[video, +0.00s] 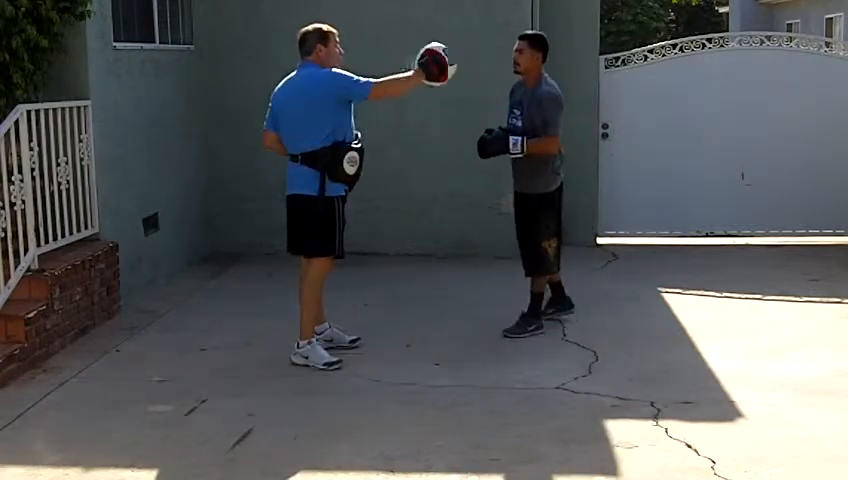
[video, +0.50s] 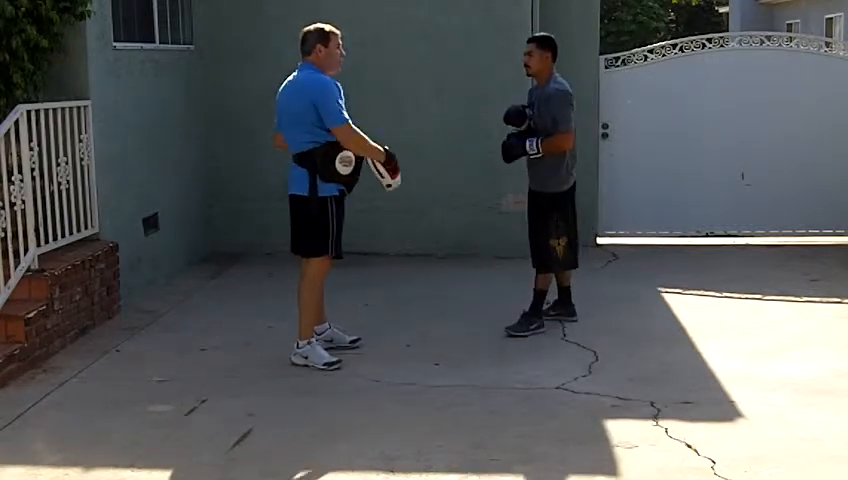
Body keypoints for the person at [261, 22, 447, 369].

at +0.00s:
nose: (341, 51)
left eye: (339, 45)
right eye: (337, 45)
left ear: (311, 52)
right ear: (320, 50)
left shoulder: (283, 88)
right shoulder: (331, 80)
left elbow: (271, 140)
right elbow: (380, 89)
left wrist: (308, 155)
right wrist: (422, 74)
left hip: (300, 188)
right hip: (323, 189)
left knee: (314, 260)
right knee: (321, 261)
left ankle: (318, 329)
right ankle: (305, 345)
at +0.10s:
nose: (341, 53)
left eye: (340, 47)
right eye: (337, 47)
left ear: (309, 52)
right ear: (320, 50)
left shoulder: (283, 88)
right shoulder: (332, 80)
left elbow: (270, 140)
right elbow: (387, 95)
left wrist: (306, 157)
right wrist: (413, 80)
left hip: (299, 189)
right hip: (323, 190)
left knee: (312, 260)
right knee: (321, 261)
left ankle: (319, 329)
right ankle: (306, 345)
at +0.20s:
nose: (341, 54)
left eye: (340, 48)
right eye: (337, 48)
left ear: (309, 52)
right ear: (320, 50)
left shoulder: (284, 87)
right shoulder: (331, 81)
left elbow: (270, 140)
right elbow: (376, 104)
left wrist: (304, 157)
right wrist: (405, 99)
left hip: (299, 187)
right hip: (325, 188)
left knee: (311, 261)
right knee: (321, 262)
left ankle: (320, 330)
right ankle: (305, 344)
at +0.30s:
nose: (342, 54)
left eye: (341, 47)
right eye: (338, 48)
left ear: (310, 53)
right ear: (320, 50)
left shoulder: (283, 88)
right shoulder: (329, 81)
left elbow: (272, 140)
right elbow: (368, 119)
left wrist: (308, 154)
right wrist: (393, 115)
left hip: (299, 187)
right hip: (324, 189)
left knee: (312, 260)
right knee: (321, 261)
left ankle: (320, 329)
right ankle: (305, 344)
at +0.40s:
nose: (342, 54)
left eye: (341, 48)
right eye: (338, 48)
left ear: (311, 53)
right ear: (320, 50)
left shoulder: (286, 86)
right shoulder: (326, 83)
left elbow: (275, 139)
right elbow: (357, 127)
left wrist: (310, 155)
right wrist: (389, 136)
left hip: (301, 187)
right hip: (322, 189)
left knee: (313, 261)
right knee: (320, 262)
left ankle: (320, 329)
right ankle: (305, 344)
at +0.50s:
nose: (343, 53)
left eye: (342, 47)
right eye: (339, 47)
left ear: (314, 52)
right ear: (319, 50)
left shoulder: (291, 85)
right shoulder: (323, 85)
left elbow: (282, 140)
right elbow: (346, 135)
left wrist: (325, 147)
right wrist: (381, 155)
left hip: (305, 187)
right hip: (320, 190)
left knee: (317, 260)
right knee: (318, 262)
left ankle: (320, 329)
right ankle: (305, 345)